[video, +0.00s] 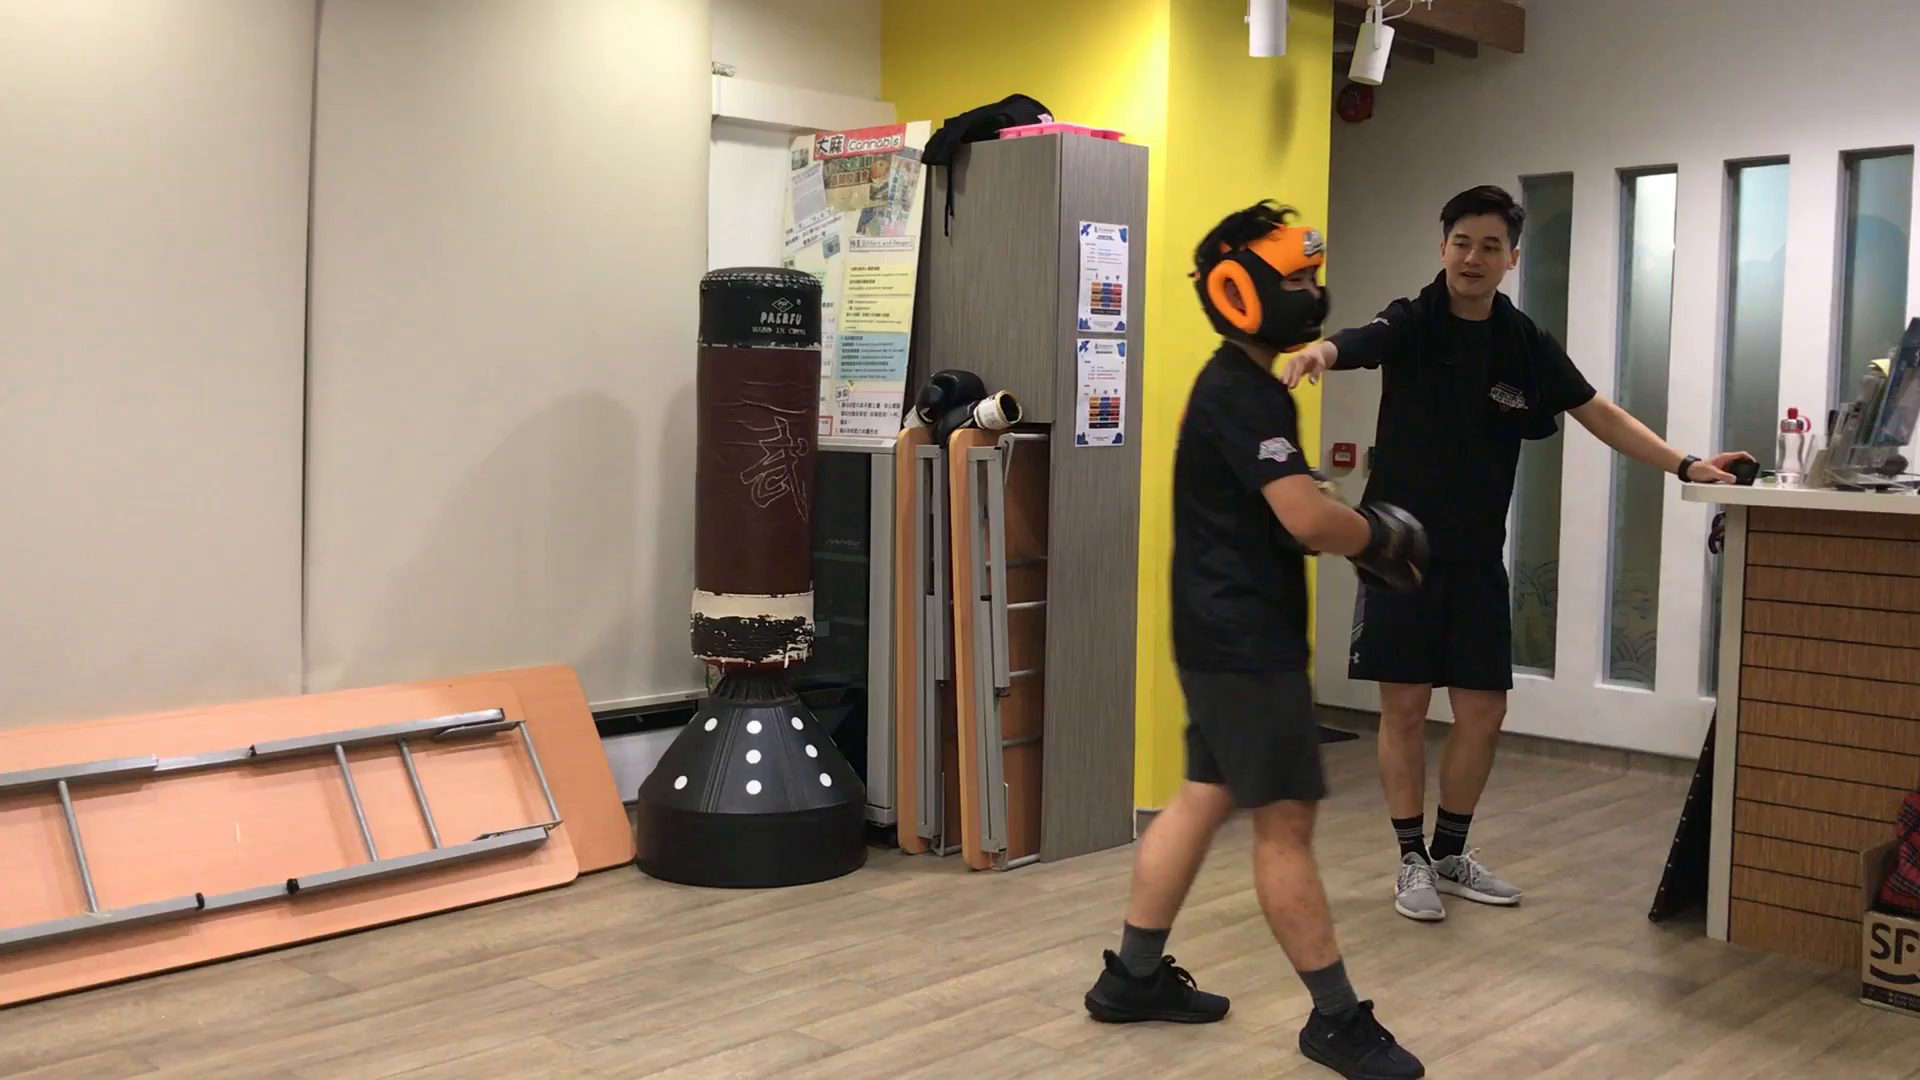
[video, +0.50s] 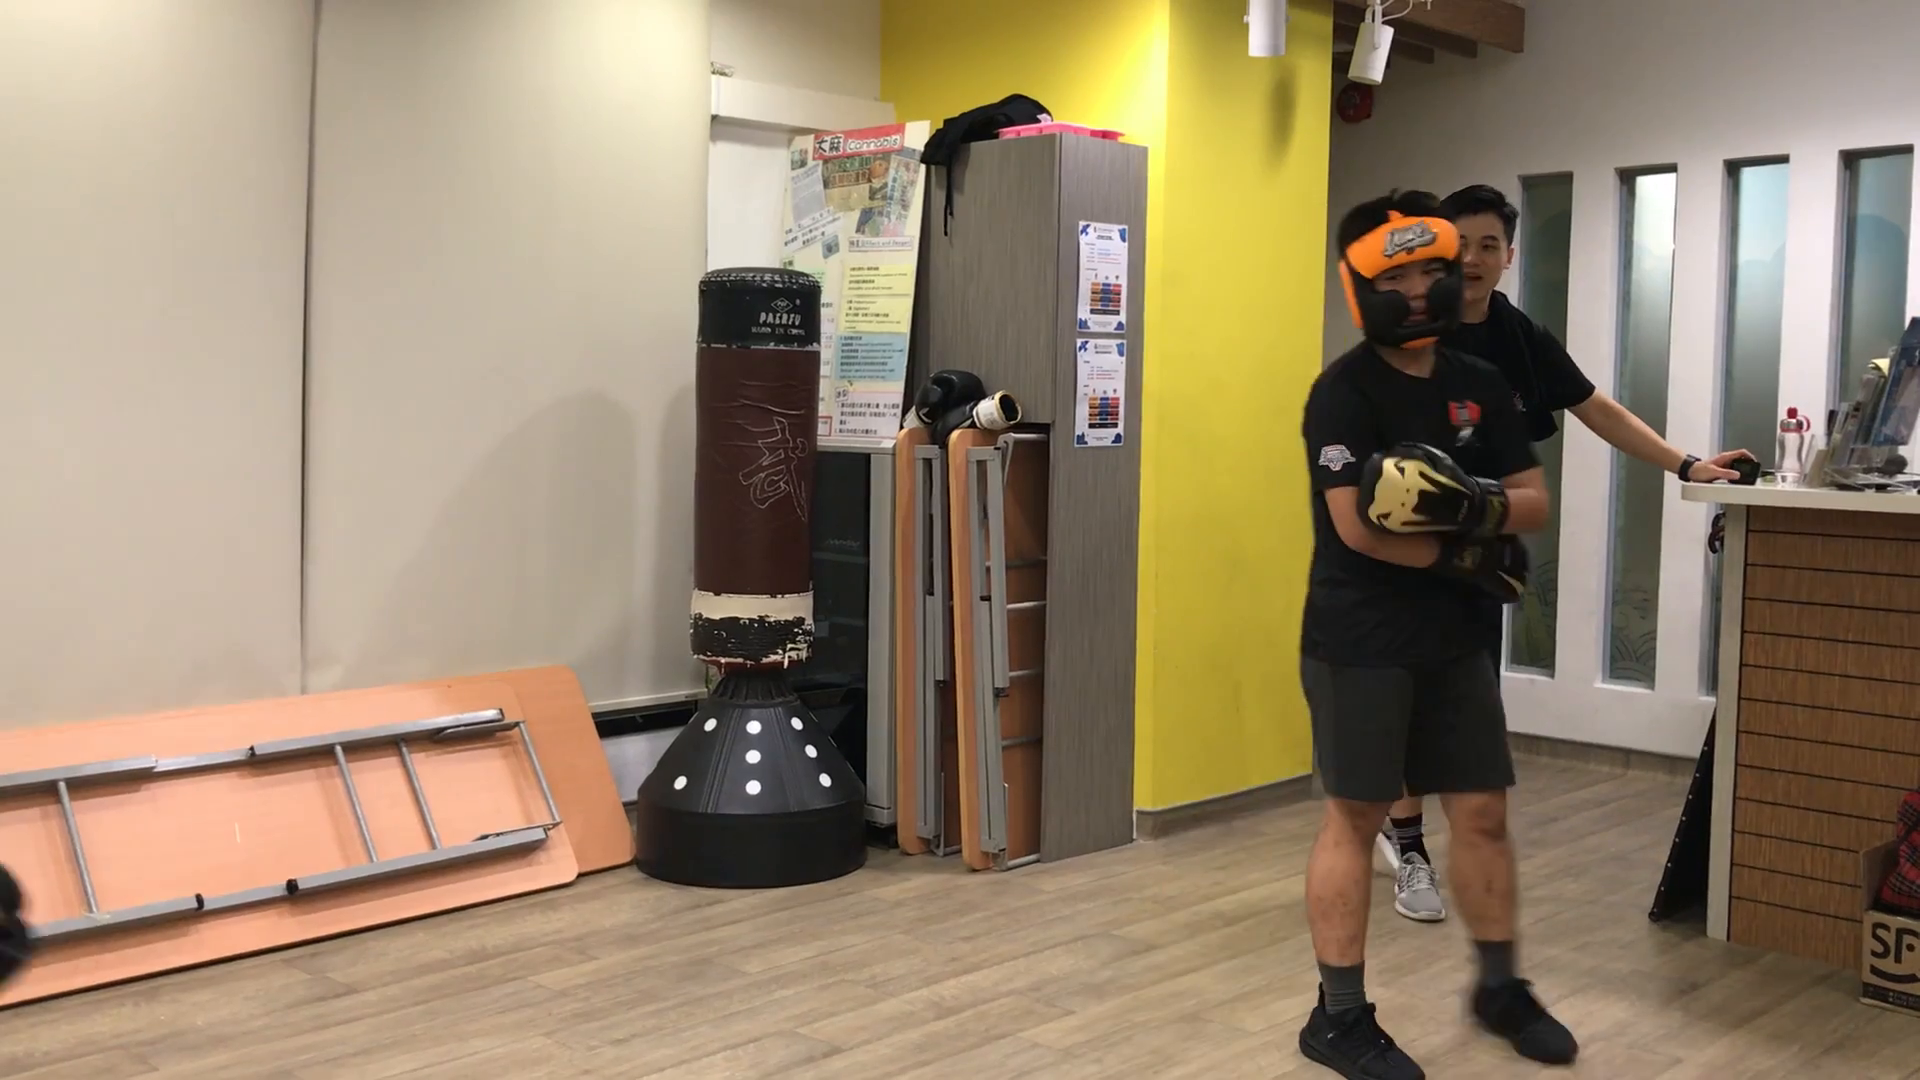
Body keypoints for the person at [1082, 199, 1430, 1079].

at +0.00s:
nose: (1311, 283)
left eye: (1309, 266)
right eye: (1293, 272)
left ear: (1243, 298)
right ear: (1242, 291)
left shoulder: (1241, 380)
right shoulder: (1243, 389)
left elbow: (1283, 506)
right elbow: (1307, 516)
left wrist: (1352, 531)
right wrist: (1374, 536)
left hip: (1221, 639)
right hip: (1250, 646)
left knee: (1206, 793)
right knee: (1284, 818)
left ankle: (1133, 973)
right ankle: (1337, 1015)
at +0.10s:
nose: (1337, 287)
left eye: (1340, 269)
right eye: (1317, 275)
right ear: (1268, 290)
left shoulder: (1296, 379)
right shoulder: (1274, 388)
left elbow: (1307, 498)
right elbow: (1315, 518)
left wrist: (1357, 501)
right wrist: (1401, 560)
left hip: (1277, 637)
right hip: (1280, 644)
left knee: (1269, 796)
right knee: (1309, 814)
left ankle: (1154, 946)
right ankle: (1337, 1014)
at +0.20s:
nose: (1361, 289)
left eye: (1368, 271)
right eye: (1339, 275)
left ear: (1379, 275)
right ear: (1286, 287)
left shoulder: (1349, 378)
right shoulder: (1285, 389)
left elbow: (1354, 485)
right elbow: (1329, 525)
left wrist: (1393, 480)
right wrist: (1414, 568)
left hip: (1348, 630)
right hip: (1298, 642)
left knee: (1360, 797)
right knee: (1318, 813)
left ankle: (1209, 915)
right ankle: (1338, 1014)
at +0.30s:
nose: (1382, 290)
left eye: (1390, 272)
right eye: (1358, 277)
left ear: (1403, 274)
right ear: (1310, 288)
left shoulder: (1393, 376)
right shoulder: (1304, 392)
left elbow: (1441, 491)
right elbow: (1342, 525)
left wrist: (1444, 493)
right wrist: (1431, 574)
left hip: (1388, 628)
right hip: (1319, 640)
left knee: (1424, 790)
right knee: (1333, 821)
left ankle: (1284, 917)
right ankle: (1340, 1017)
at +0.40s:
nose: (1394, 290)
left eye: (1407, 271)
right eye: (1371, 275)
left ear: (1424, 276)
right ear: (1329, 286)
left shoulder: (1442, 382)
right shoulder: (1319, 391)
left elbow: (1495, 506)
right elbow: (1351, 526)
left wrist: (1457, 490)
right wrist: (1442, 555)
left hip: (1424, 629)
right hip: (1337, 639)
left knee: (1463, 791)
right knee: (1343, 818)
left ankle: (1388, 953)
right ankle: (1336, 1014)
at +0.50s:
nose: (1417, 291)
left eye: (1431, 273)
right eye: (1396, 275)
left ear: (1454, 285)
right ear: (1360, 290)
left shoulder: (1484, 386)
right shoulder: (1339, 395)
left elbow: (1535, 505)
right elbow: (1357, 529)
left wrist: (1460, 501)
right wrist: (1466, 553)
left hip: (1456, 635)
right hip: (1357, 642)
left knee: (1481, 811)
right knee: (1354, 820)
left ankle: (1500, 988)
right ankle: (1339, 1011)